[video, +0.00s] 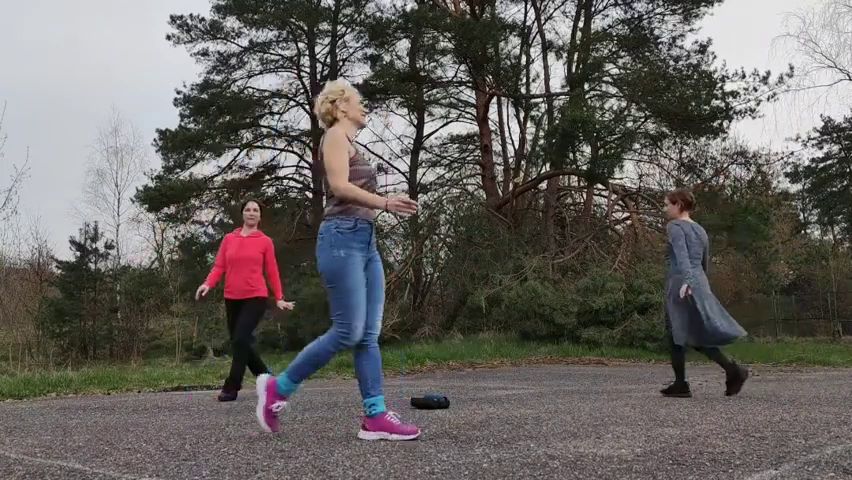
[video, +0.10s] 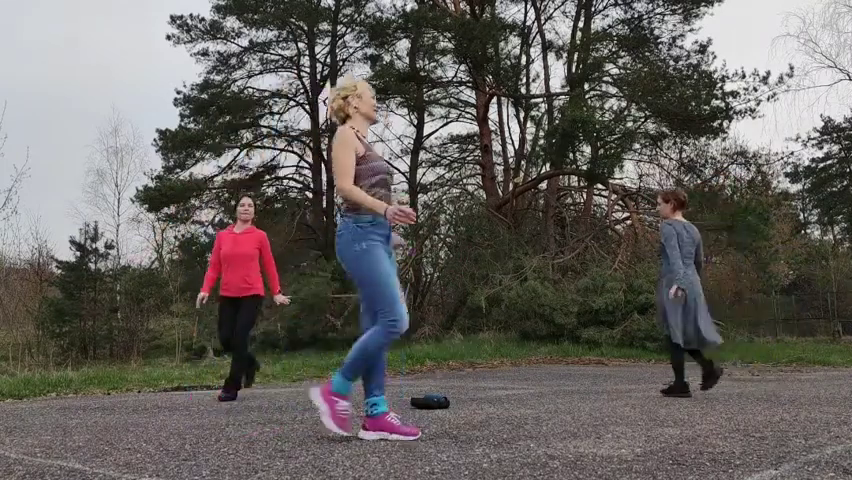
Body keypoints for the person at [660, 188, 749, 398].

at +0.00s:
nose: (665, 209)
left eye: (667, 205)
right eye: (665, 205)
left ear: (678, 205)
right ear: (682, 206)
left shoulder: (675, 227)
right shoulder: (700, 230)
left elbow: (682, 255)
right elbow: (704, 264)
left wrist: (687, 280)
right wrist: (699, 282)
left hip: (678, 288)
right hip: (698, 286)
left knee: (676, 335)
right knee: (696, 337)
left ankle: (680, 383)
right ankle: (732, 370)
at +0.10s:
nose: (658, 208)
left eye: (661, 204)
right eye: (658, 204)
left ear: (672, 205)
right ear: (678, 206)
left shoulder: (668, 226)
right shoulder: (693, 229)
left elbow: (674, 255)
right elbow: (698, 261)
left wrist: (678, 281)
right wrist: (694, 282)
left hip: (675, 284)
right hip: (692, 285)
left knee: (674, 334)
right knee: (685, 334)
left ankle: (679, 383)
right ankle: (708, 367)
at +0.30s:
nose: (647, 211)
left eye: (648, 207)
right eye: (647, 207)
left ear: (660, 206)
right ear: (664, 207)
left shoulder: (657, 230)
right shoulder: (681, 231)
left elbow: (650, 261)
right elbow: (687, 263)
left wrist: (645, 287)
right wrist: (690, 288)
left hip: (663, 287)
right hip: (680, 287)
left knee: (664, 334)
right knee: (653, 331)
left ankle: (680, 382)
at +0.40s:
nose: (641, 213)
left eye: (643, 208)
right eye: (641, 208)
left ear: (653, 208)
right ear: (658, 208)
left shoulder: (651, 230)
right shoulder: (676, 231)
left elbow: (635, 259)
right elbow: (684, 262)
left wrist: (616, 280)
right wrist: (691, 284)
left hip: (657, 286)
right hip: (674, 286)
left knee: (665, 334)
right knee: (641, 323)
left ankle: (679, 383)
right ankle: (619, 363)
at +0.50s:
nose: (632, 215)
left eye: (634, 211)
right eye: (632, 211)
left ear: (646, 209)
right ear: (650, 210)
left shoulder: (642, 232)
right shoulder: (669, 232)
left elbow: (619, 256)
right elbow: (683, 260)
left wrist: (594, 266)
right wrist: (692, 281)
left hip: (651, 288)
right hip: (667, 287)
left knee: (663, 334)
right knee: (631, 315)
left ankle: (679, 383)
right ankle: (610, 358)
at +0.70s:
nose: (616, 220)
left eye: (618, 216)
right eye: (616, 216)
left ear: (629, 214)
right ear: (633, 215)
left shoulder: (626, 237)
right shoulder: (654, 236)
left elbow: (600, 256)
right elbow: (670, 262)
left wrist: (572, 262)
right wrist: (685, 280)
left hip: (635, 290)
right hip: (651, 289)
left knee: (651, 334)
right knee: (624, 329)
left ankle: (676, 379)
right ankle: (625, 376)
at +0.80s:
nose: (608, 224)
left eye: (610, 220)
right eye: (608, 220)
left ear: (622, 218)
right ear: (625, 219)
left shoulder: (616, 241)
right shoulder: (644, 239)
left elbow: (592, 259)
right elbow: (660, 265)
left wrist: (567, 269)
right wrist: (676, 284)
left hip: (624, 293)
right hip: (641, 291)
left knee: (636, 340)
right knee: (623, 336)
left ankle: (667, 375)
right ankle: (631, 381)